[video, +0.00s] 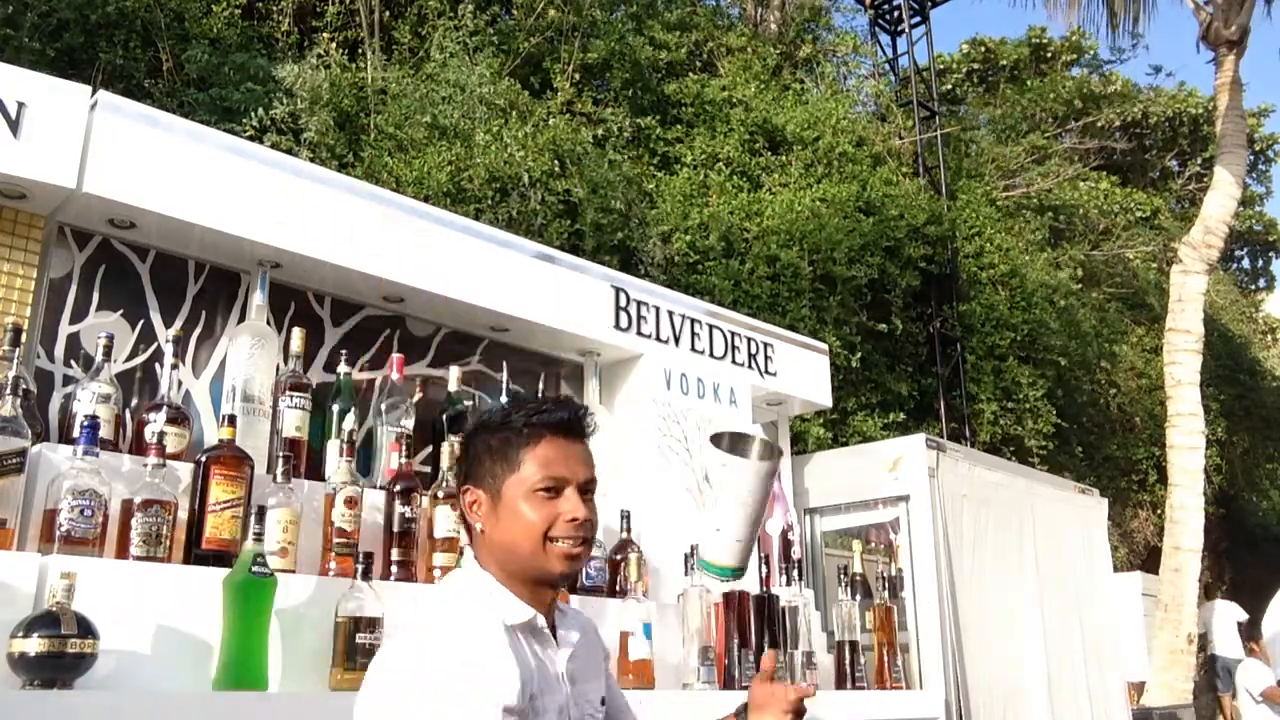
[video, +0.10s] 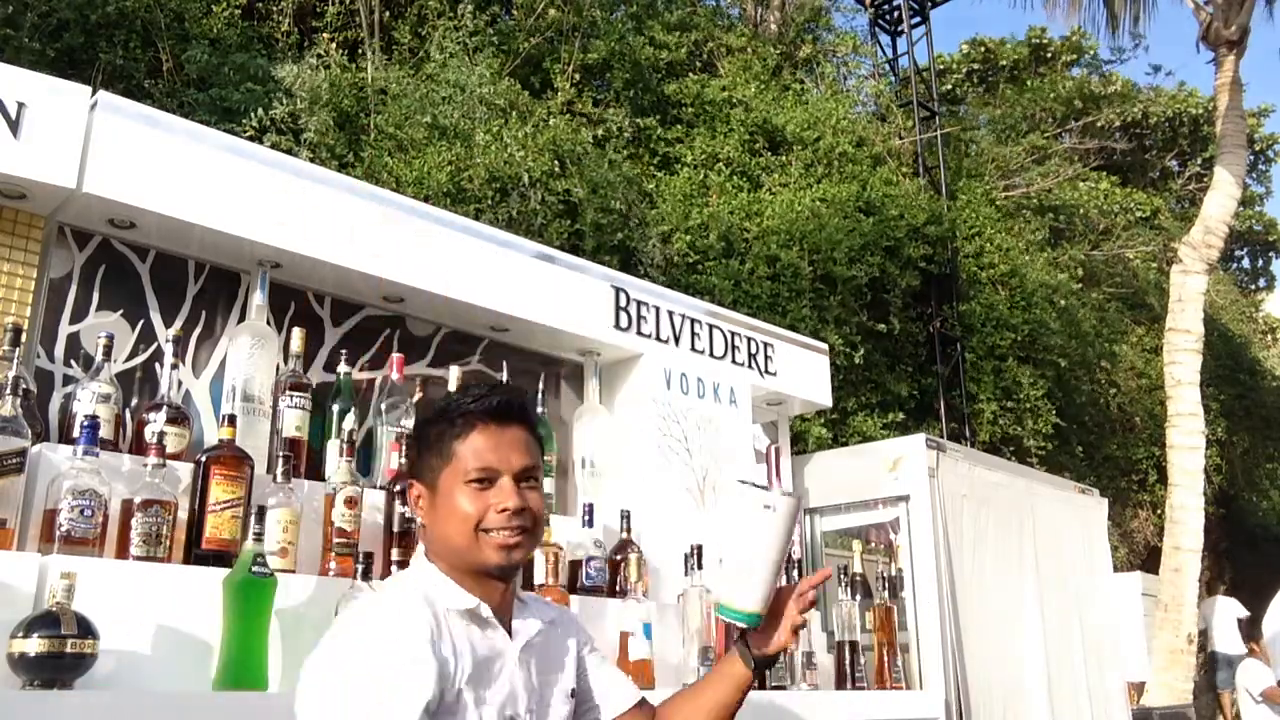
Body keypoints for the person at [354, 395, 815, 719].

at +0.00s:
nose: (582, 512)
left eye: (586, 492)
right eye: (550, 492)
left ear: (595, 495)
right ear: (477, 510)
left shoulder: (580, 631)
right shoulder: (447, 655)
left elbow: (620, 718)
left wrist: (745, 716)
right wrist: (752, 719)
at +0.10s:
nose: (517, 502)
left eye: (529, 480)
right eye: (483, 482)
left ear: (544, 492)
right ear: (420, 501)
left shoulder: (556, 631)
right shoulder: (385, 637)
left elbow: (643, 716)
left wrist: (745, 660)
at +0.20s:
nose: (460, 491)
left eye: (476, 469)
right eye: (429, 472)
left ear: (496, 490)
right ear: (375, 499)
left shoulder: (541, 628)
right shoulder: (307, 624)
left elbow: (649, 717)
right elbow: (283, 709)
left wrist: (674, 658)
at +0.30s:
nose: (419, 482)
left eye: (439, 462)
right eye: (389, 468)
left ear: (467, 493)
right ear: (344, 506)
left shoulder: (505, 616)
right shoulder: (278, 628)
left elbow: (632, 700)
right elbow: (246, 707)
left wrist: (477, 616)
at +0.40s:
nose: (403, 474)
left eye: (422, 458)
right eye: (373, 465)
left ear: (456, 491)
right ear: (335, 513)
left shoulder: (498, 589)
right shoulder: (286, 623)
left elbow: (543, 623)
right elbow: (225, 712)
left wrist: (316, 587)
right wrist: (162, 710)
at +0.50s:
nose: (414, 463)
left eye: (429, 450)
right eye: (381, 455)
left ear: (455, 486)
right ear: (337, 509)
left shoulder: (506, 589)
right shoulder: (297, 606)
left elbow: (515, 581)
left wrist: (293, 551)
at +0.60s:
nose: (437, 464)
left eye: (453, 450)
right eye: (408, 445)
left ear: (475, 484)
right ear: (348, 489)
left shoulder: (509, 601)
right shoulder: (296, 601)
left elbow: (554, 562)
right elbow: (315, 709)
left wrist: (341, 517)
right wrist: (423, 523)